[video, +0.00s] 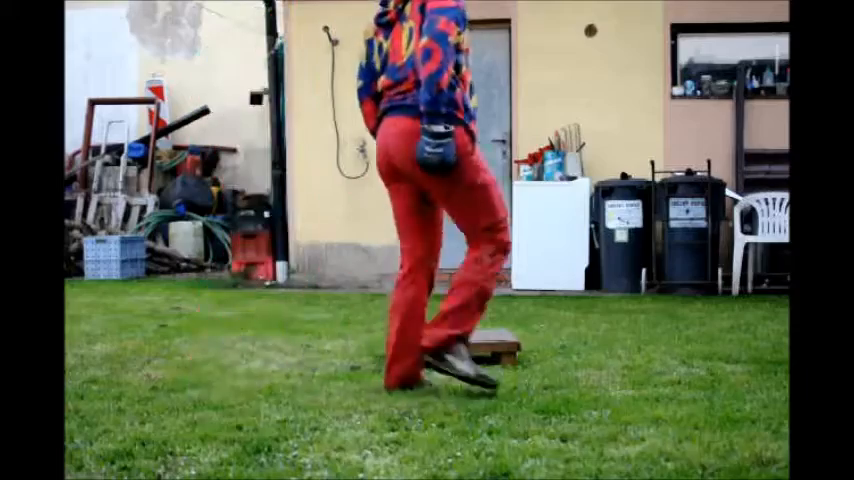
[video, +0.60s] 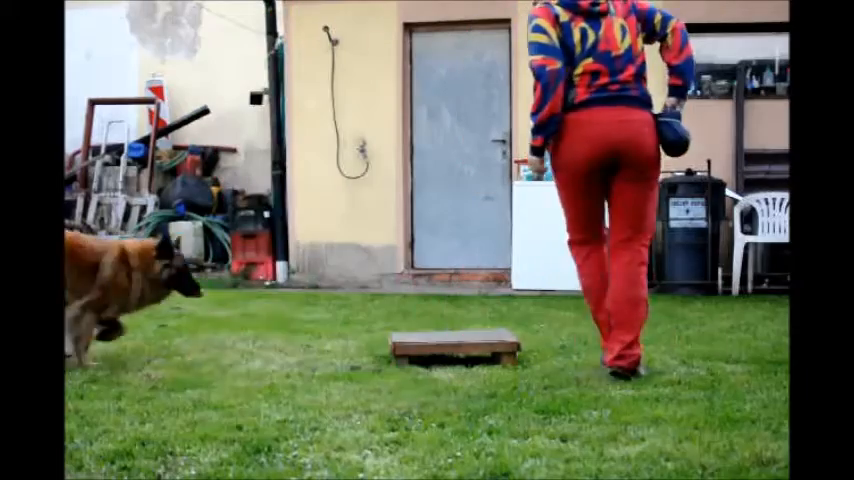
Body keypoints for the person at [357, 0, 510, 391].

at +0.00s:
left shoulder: (386, 17)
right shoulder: (446, 5)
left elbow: (366, 81)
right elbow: (434, 51)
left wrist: (383, 133)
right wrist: (437, 126)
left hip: (391, 130)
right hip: (431, 127)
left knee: (416, 262)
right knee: (491, 238)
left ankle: (402, 373)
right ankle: (448, 338)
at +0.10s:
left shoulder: (402, 20)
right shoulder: (474, 4)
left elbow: (387, 84)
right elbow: (475, 44)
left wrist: (408, 136)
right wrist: (480, 118)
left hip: (414, 129)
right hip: (463, 124)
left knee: (423, 261)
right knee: (520, 239)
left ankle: (405, 374)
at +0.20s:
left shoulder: (443, 21)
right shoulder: (528, 7)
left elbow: (425, 93)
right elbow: (542, 53)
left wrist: (441, 144)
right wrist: (543, 120)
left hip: (460, 133)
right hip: (515, 131)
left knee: (444, 258)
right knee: (569, 255)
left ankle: (407, 369)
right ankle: (615, 362)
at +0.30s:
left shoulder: (474, 25)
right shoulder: (562, 11)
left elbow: (457, 93)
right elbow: (583, 42)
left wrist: (461, 150)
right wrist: (586, 122)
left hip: (495, 137)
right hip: (553, 134)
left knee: (476, 260)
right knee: (598, 255)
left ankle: (420, 359)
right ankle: (618, 365)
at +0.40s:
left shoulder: (498, 25)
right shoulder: (588, 9)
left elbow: (488, 90)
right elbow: (622, 42)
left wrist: (487, 150)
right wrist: (623, 117)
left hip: (525, 136)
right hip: (585, 132)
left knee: (519, 254)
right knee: (611, 255)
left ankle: (463, 336)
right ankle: (618, 363)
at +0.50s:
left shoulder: (528, 16)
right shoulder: (613, 5)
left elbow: (526, 77)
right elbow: (660, 31)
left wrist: (520, 143)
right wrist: (659, 110)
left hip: (560, 129)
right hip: (619, 126)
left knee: (562, 242)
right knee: (623, 248)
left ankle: (565, 342)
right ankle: (620, 360)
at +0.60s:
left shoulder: (545, 12)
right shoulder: (625, 5)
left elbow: (550, 76)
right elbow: (674, 28)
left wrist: (537, 146)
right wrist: (675, 100)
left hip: (580, 127)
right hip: (637, 124)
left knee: (586, 240)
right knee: (631, 242)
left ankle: (616, 344)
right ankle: (625, 354)